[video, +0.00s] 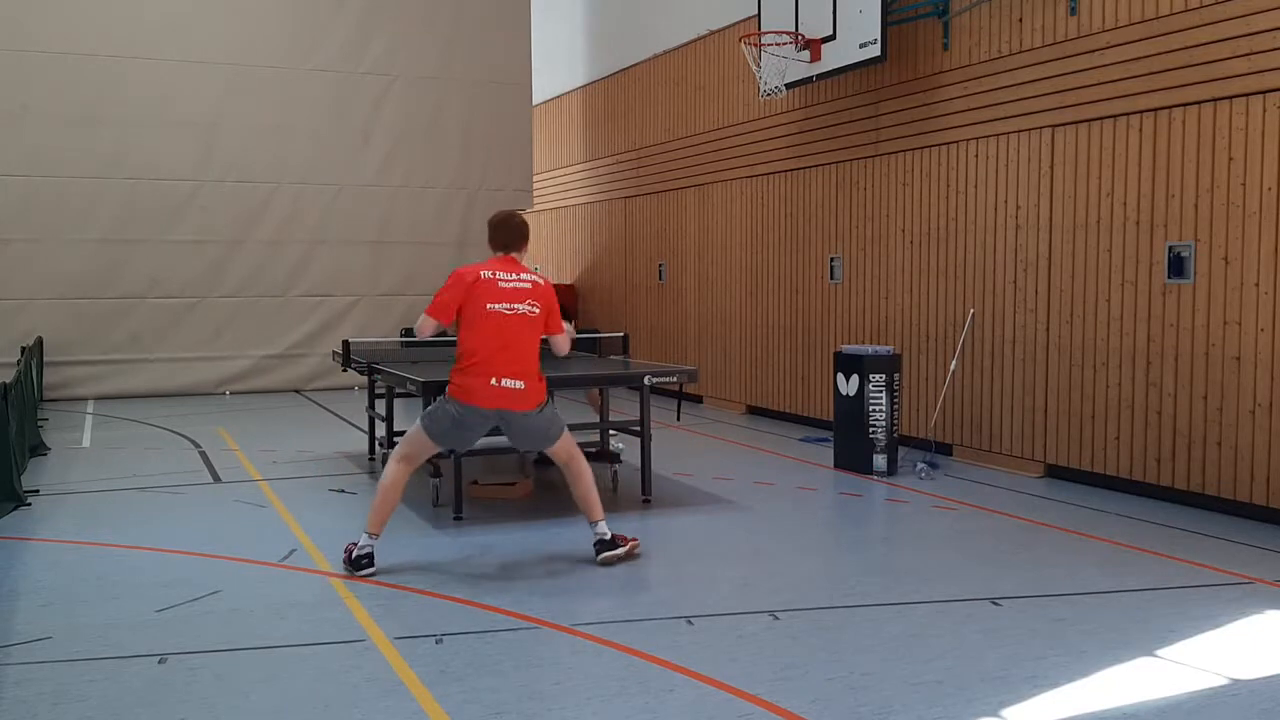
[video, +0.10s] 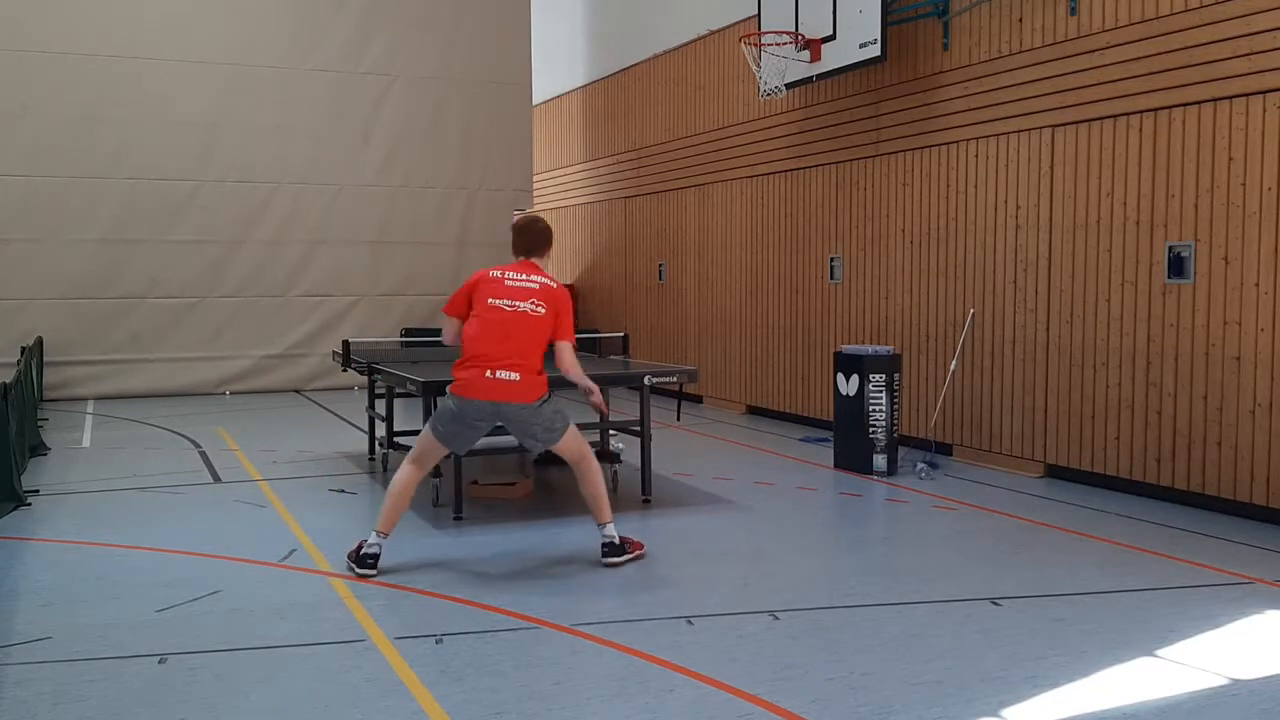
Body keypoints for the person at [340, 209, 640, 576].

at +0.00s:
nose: (523, 244)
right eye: (525, 239)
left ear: (490, 243)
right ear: (525, 244)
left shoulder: (467, 276)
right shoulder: (541, 285)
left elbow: (423, 330)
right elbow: (561, 347)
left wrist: (447, 313)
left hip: (468, 403)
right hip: (526, 406)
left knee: (403, 460)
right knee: (571, 459)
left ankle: (365, 548)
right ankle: (604, 536)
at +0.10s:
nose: (548, 251)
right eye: (549, 247)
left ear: (512, 248)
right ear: (548, 251)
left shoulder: (482, 279)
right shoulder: (557, 292)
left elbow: (450, 337)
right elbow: (564, 360)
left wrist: (488, 331)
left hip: (470, 394)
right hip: (526, 399)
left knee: (416, 464)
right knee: (581, 457)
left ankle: (372, 548)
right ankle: (611, 539)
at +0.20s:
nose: (578, 284)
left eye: (576, 279)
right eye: (579, 278)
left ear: (540, 271)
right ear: (574, 277)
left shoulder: (509, 297)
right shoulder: (564, 311)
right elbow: (555, 373)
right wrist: (591, 418)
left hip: (472, 414)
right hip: (525, 417)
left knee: (429, 481)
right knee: (598, 455)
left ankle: (373, 548)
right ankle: (617, 542)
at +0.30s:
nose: (599, 294)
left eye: (599, 287)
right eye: (599, 287)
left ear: (563, 280)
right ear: (591, 286)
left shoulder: (528, 305)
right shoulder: (567, 312)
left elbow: (514, 362)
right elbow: (556, 374)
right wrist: (604, 411)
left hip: (483, 416)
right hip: (531, 418)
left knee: (440, 491)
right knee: (613, 449)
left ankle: (376, 549)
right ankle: (620, 541)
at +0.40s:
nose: (601, 275)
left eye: (601, 267)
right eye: (601, 267)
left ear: (565, 259)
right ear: (590, 264)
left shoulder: (524, 286)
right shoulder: (581, 300)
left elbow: (487, 326)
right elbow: (598, 362)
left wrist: (526, 334)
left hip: (493, 402)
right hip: (546, 405)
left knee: (439, 476)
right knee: (614, 451)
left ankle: (377, 546)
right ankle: (618, 540)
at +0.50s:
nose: (596, 262)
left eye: (597, 255)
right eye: (595, 254)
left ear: (560, 246)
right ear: (582, 250)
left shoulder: (520, 269)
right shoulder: (585, 286)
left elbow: (481, 309)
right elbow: (634, 333)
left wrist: (523, 309)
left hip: (494, 390)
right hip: (550, 395)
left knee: (434, 458)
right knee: (607, 444)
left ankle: (386, 540)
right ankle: (621, 527)